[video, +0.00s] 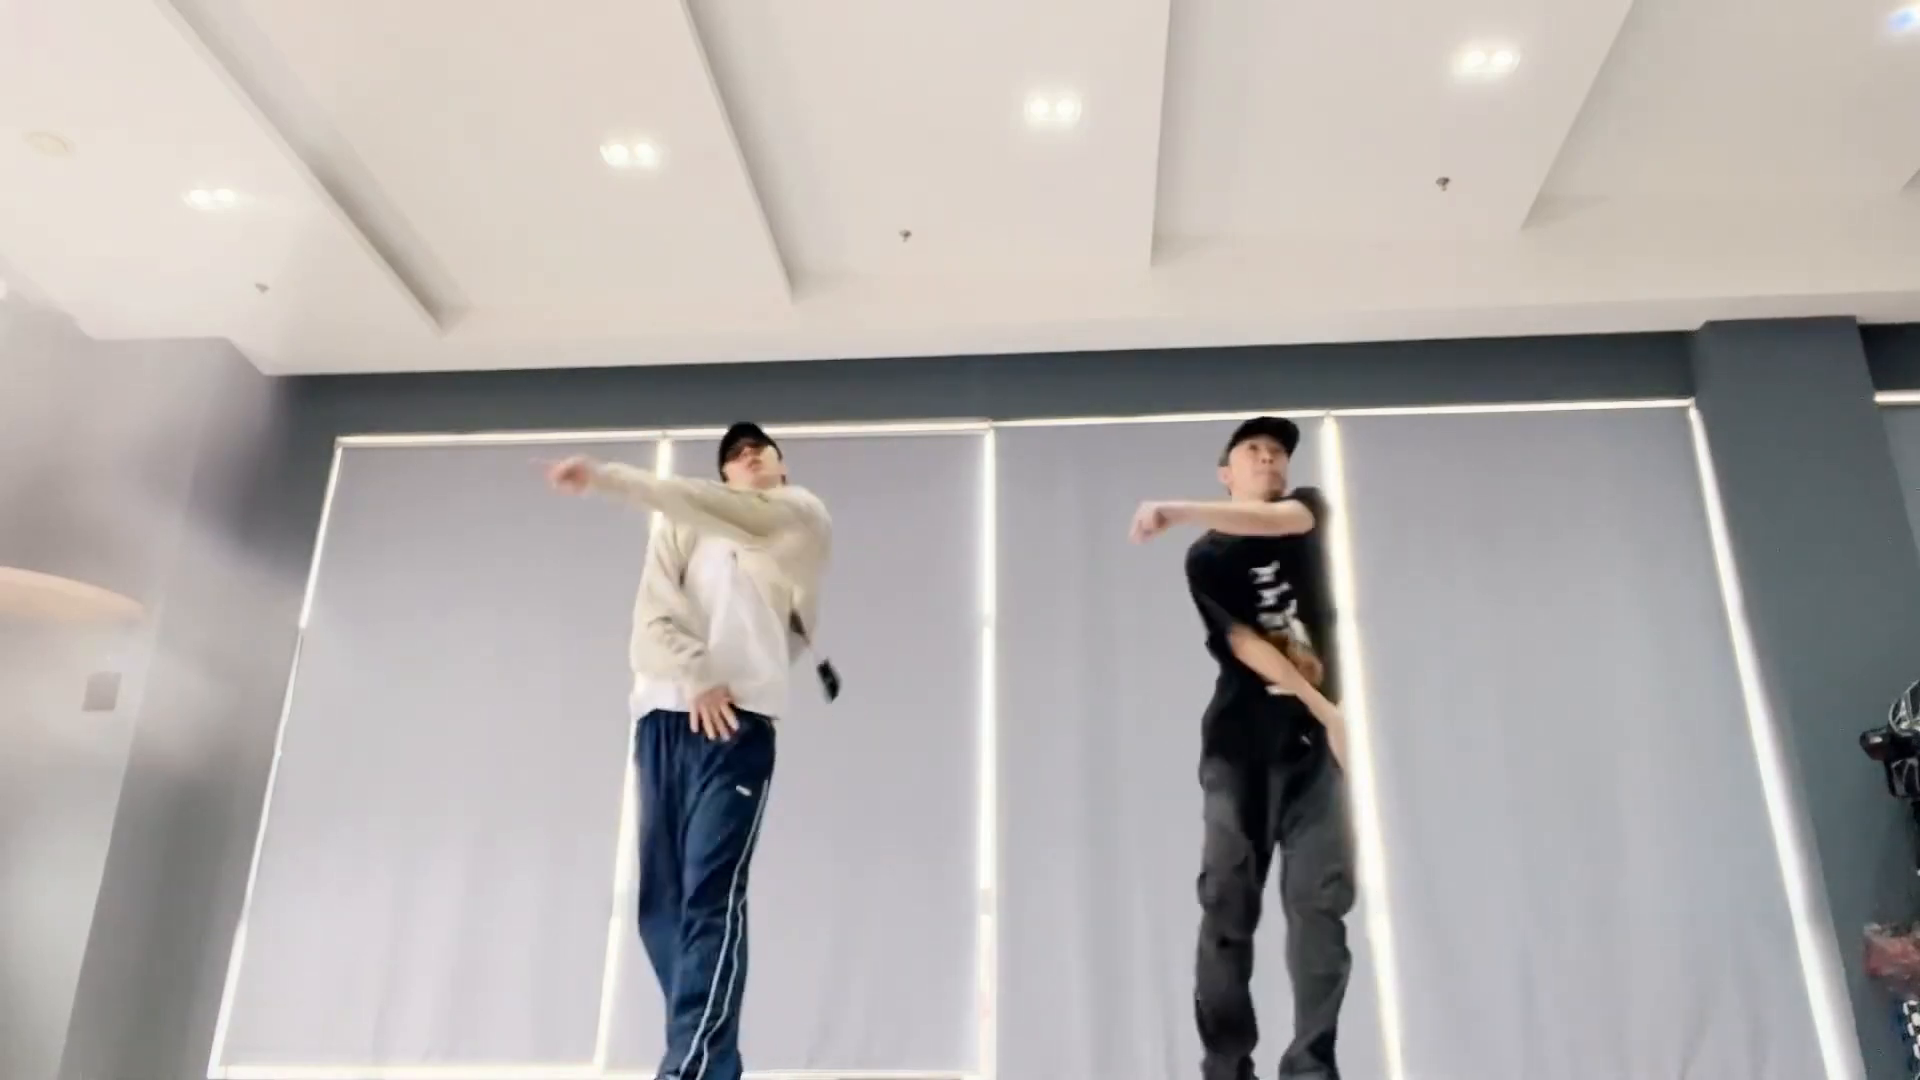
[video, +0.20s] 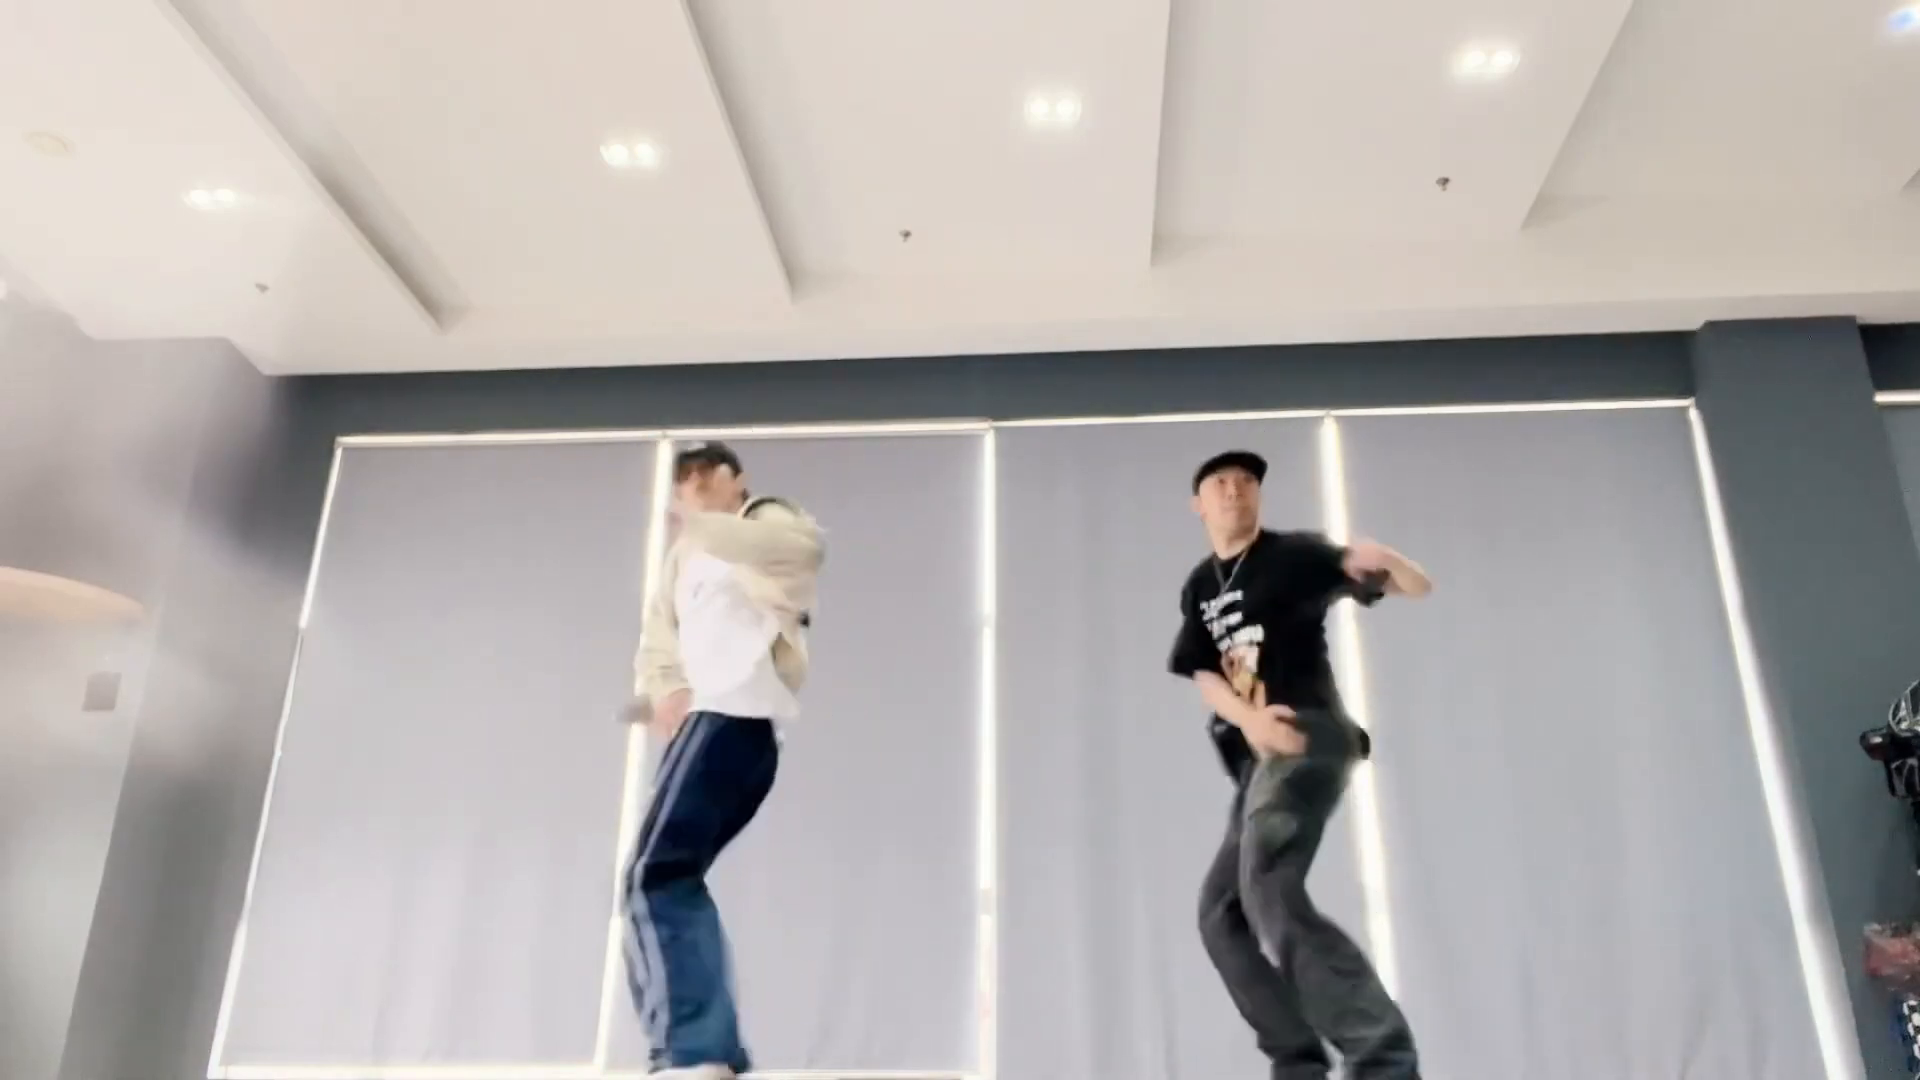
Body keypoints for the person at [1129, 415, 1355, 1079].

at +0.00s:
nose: (1266, 463)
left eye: (1276, 455)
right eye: (1252, 454)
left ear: (1289, 471)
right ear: (1224, 472)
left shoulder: (1311, 511)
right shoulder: (1208, 557)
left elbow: (1278, 519)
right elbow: (1245, 644)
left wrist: (1181, 511)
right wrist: (1325, 709)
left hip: (1316, 736)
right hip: (1240, 740)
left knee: (1319, 898)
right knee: (1228, 901)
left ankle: (1313, 1065)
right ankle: (1226, 1068)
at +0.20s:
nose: (1233, 494)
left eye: (1244, 484)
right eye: (1219, 486)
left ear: (1261, 500)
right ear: (1198, 506)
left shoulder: (1295, 554)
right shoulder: (1200, 586)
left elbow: (1415, 589)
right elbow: (1204, 676)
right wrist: (1248, 719)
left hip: (1308, 741)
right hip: (1259, 760)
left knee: (1267, 889)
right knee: (1219, 912)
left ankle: (1384, 1058)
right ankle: (1298, 1060)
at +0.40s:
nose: (1241, 474)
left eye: (1248, 467)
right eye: (1223, 468)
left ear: (1262, 482)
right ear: (1198, 492)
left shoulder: (1298, 523)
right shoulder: (1193, 582)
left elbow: (1324, 539)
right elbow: (1231, 669)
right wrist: (1322, 711)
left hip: (1340, 728)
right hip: (1265, 751)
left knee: (1334, 868)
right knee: (1226, 909)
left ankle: (1372, 1064)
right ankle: (1311, 1065)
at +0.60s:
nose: (1256, 481)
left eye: (1258, 473)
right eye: (1237, 476)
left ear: (1270, 483)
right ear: (1209, 499)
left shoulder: (1309, 526)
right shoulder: (1208, 586)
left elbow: (1301, 541)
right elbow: (1258, 674)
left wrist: (1208, 516)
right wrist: (1354, 722)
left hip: (1348, 758)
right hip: (1272, 770)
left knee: (1392, 878)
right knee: (1281, 913)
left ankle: (1384, 1062)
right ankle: (1252, 1068)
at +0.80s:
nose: (1251, 502)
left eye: (1258, 488)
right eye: (1235, 499)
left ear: (1283, 496)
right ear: (1227, 523)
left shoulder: (1336, 558)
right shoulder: (1225, 601)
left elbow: (1439, 560)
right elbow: (1226, 697)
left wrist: (1445, 601)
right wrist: (1278, 726)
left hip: (1334, 753)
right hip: (1268, 773)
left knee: (1254, 887)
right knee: (1240, 927)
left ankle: (1324, 1063)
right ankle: (1379, 1063)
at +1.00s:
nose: (1226, 500)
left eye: (1235, 483)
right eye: (1215, 497)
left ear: (1270, 484)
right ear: (1215, 514)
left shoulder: (1324, 525)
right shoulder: (1245, 598)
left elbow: (1420, 501)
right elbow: (1272, 696)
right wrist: (1230, 756)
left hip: (1355, 709)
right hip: (1289, 736)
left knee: (1305, 863)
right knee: (1215, 889)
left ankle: (1327, 1067)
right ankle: (1277, 1050)